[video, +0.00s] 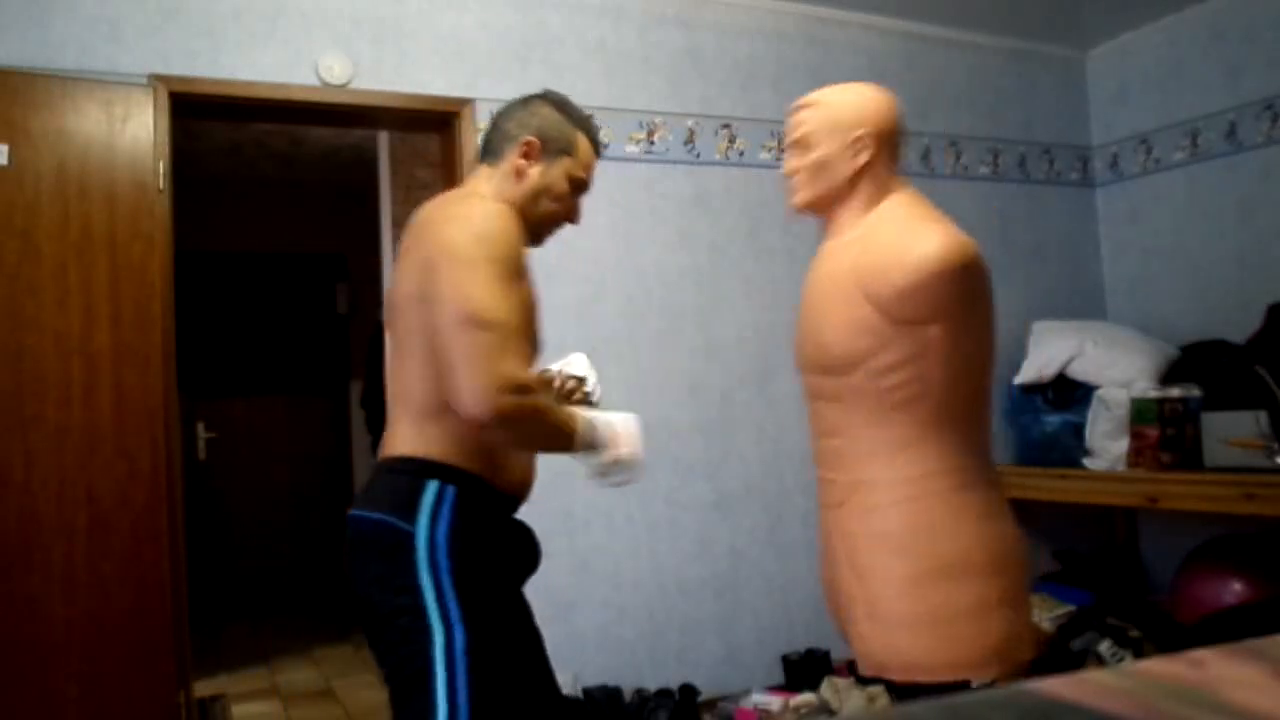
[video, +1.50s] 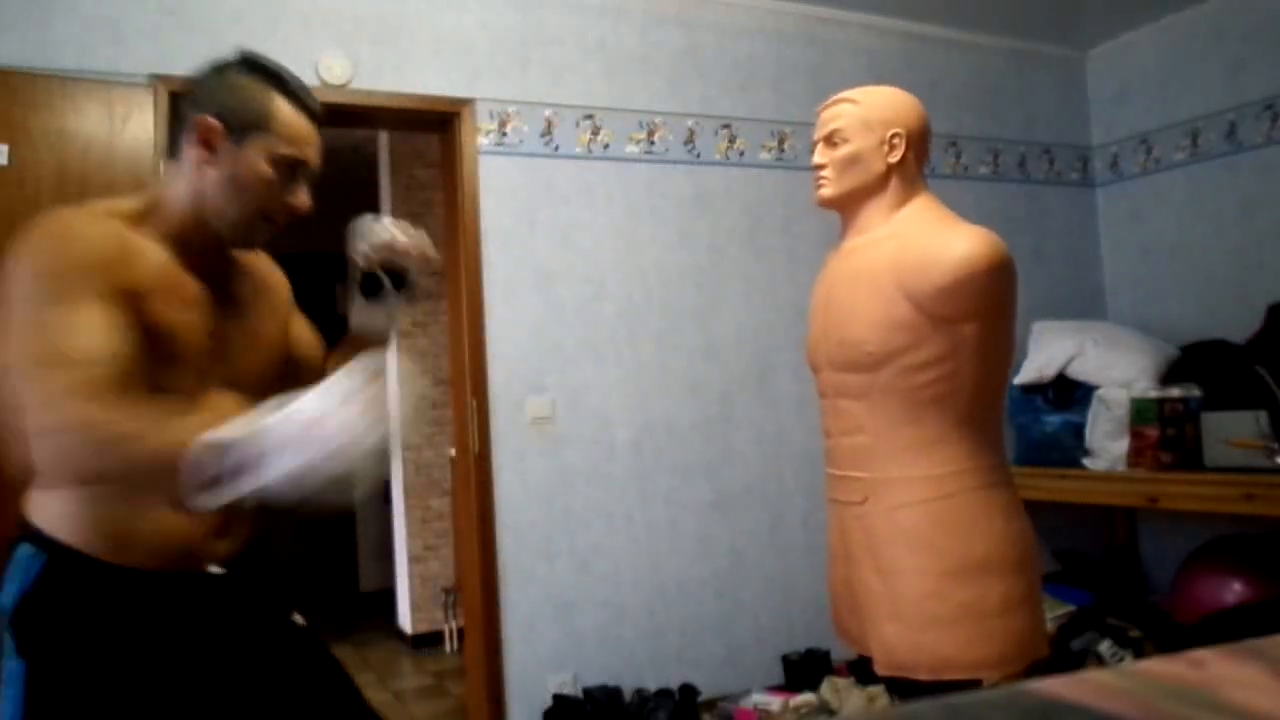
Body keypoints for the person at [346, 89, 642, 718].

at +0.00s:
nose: (576, 212)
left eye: (582, 193)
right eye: (575, 185)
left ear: (524, 160)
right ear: (527, 158)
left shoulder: (445, 220)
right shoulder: (475, 222)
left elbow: (445, 387)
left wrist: (537, 389)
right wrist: (590, 433)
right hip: (438, 522)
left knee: (521, 706)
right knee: (474, 708)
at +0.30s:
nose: (465, 226)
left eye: (468, 206)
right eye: (455, 201)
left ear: (393, 187)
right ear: (389, 184)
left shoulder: (380, 304)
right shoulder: (295, 294)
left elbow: (391, 467)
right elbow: (270, 490)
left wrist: (471, 511)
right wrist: (431, 545)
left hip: (397, 595)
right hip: (325, 604)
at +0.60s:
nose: (372, 143)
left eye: (378, 123)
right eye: (358, 114)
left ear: (289, 99)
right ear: (284, 94)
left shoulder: (336, 230)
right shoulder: (160, 192)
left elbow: (316, 365)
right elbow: (46, 354)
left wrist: (361, 433)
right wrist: (217, 426)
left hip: (327, 516)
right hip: (214, 521)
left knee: (354, 710)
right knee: (222, 713)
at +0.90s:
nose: (307, 136)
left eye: (313, 116)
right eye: (289, 106)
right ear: (209, 87)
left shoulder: (297, 231)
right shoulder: (81, 200)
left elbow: (295, 360)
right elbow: (8, 376)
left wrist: (336, 398)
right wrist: (173, 406)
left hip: (265, 537)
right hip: (125, 537)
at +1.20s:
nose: (243, 174)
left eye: (249, 151)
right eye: (222, 143)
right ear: (136, 118)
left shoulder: (242, 259)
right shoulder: (15, 239)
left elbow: (319, 431)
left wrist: (320, 364)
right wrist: (21, 402)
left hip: (198, 577)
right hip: (47, 566)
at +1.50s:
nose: (303, 202)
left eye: (308, 181)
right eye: (286, 170)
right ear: (208, 142)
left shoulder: (261, 283)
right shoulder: (73, 250)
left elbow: (325, 409)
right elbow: (66, 438)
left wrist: (385, 321)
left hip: (219, 596)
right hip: (82, 600)